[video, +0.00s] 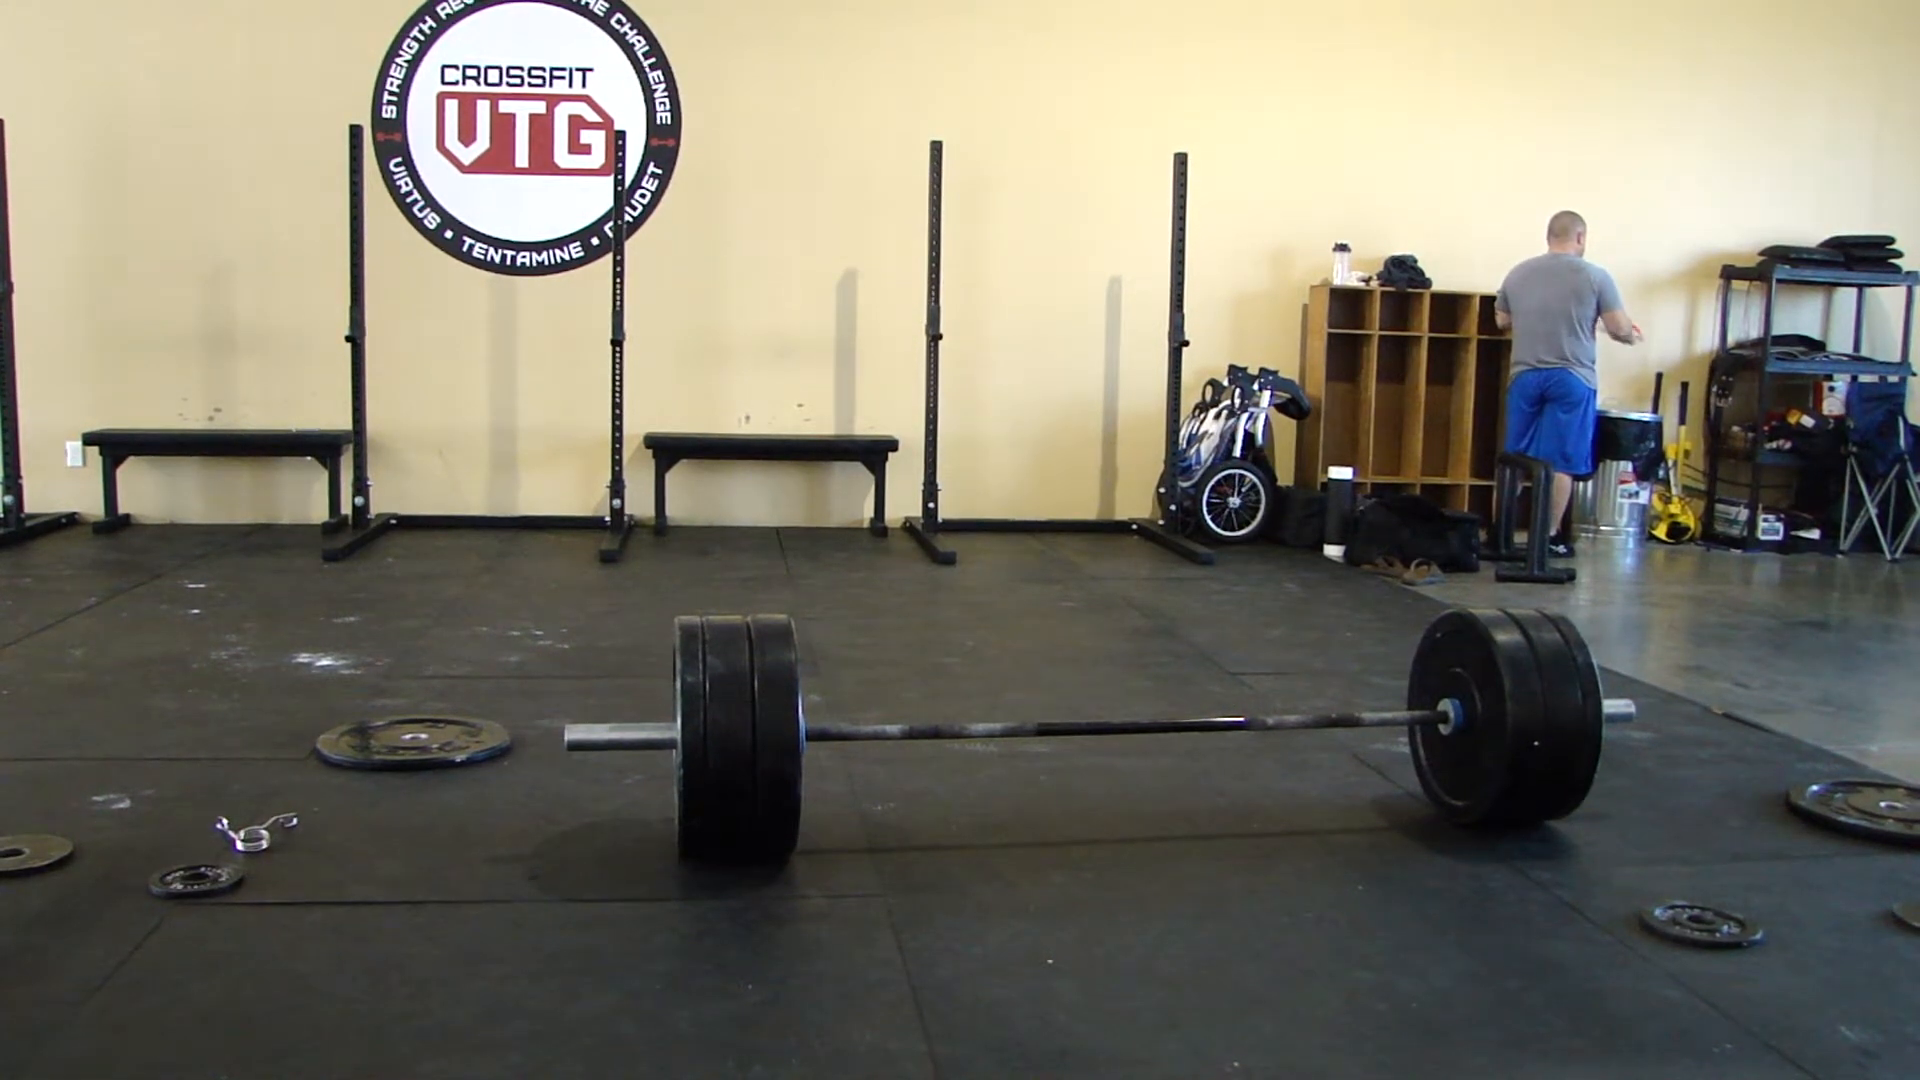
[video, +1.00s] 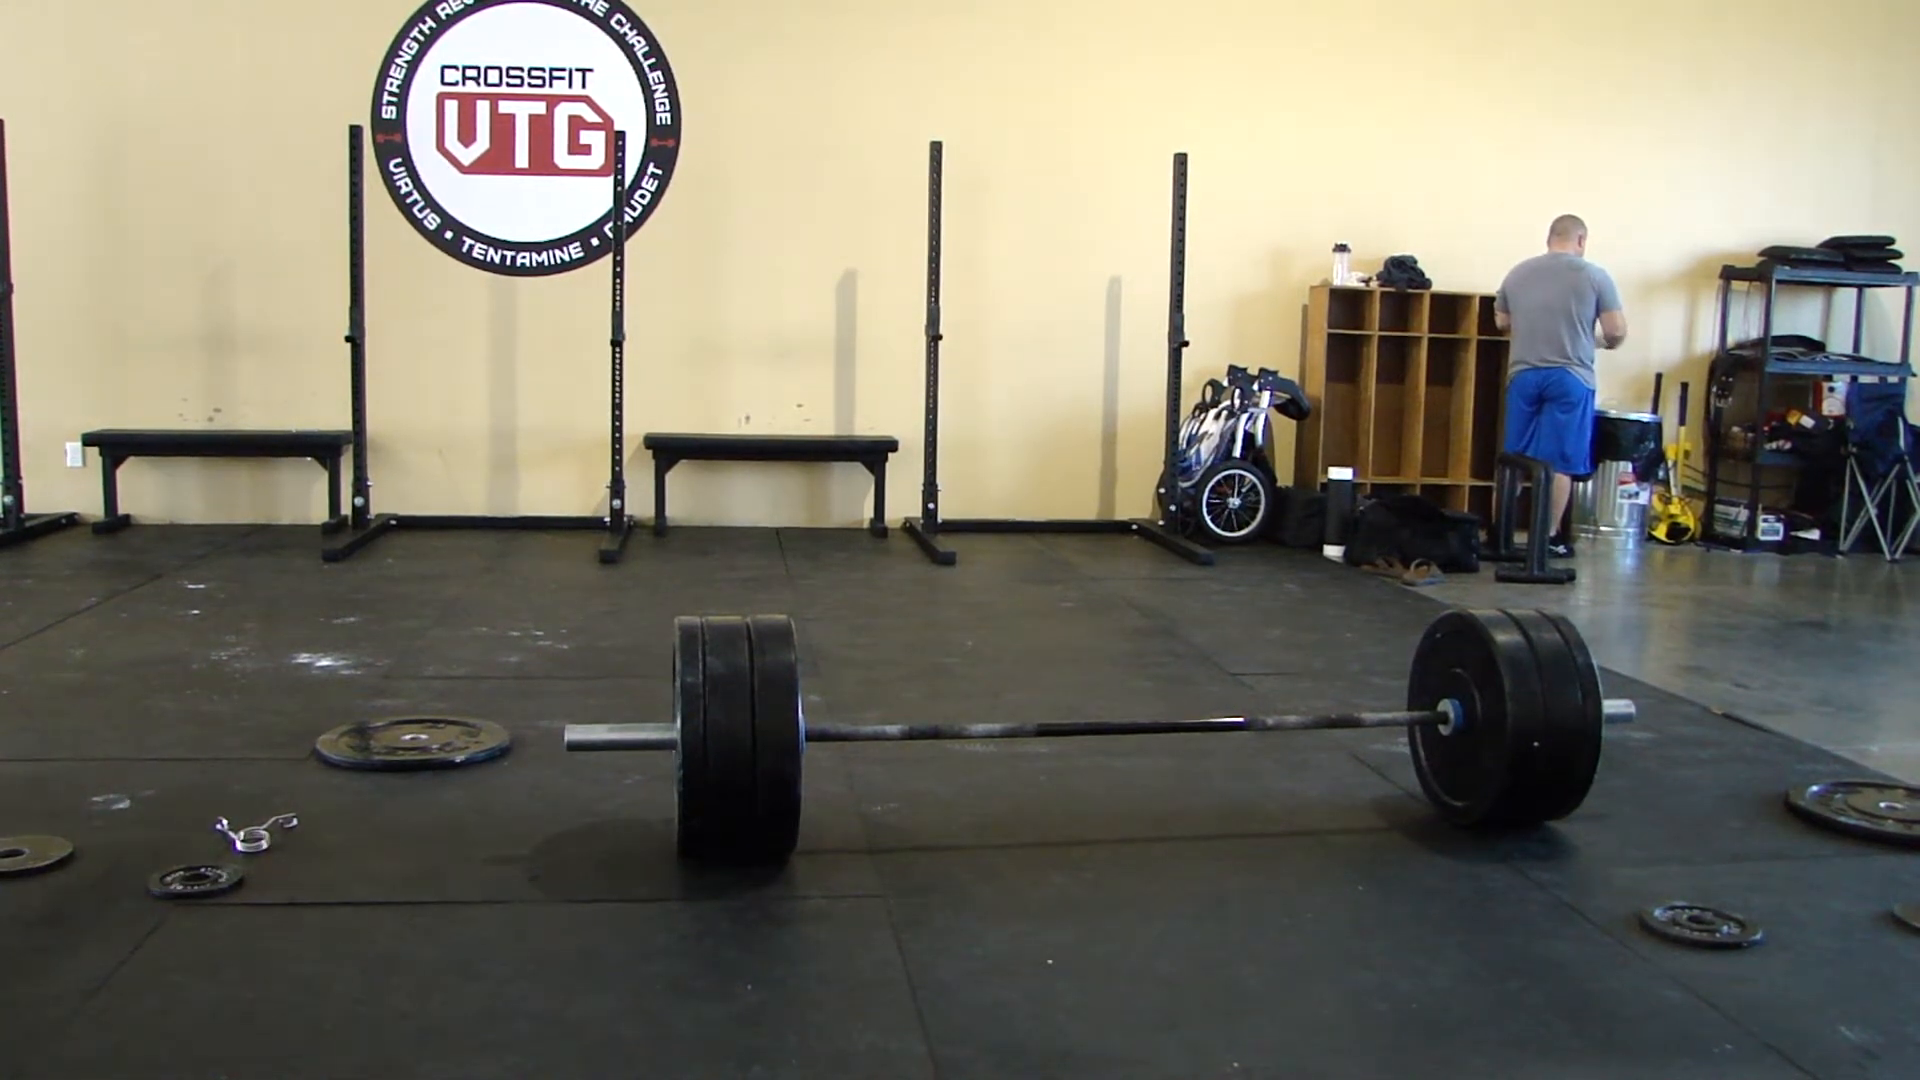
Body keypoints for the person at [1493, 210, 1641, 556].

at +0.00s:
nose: (1585, 245)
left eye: (1583, 240)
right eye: (1585, 239)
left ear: (1548, 237)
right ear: (1580, 238)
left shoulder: (1518, 272)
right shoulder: (1594, 275)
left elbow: (1502, 320)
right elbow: (1617, 329)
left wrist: (1537, 312)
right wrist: (1629, 333)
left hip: (1524, 376)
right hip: (1572, 378)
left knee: (1513, 458)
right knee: (1562, 464)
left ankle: (1501, 534)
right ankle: (1548, 538)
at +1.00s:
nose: (1582, 248)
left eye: (1581, 243)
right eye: (1584, 243)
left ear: (1548, 240)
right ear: (1581, 241)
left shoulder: (1518, 272)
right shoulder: (1593, 275)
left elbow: (1502, 321)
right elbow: (1616, 332)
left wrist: (1533, 322)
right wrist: (1603, 340)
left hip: (1523, 375)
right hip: (1570, 377)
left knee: (1512, 459)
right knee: (1560, 464)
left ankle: (1500, 535)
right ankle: (1548, 537)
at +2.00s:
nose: (1580, 246)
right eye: (1582, 241)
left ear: (1546, 239)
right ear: (1580, 240)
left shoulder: (1520, 274)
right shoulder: (1596, 277)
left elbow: (1508, 322)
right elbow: (1619, 324)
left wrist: (1541, 315)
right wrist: (1587, 307)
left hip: (1526, 377)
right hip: (1574, 379)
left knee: (1514, 459)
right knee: (1562, 465)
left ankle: (1500, 535)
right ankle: (1548, 539)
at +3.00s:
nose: (1553, 245)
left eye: (1548, 240)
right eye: (1576, 240)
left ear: (1545, 240)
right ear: (1580, 241)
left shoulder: (1521, 275)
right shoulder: (1599, 276)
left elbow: (1509, 323)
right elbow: (1617, 326)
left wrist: (1543, 314)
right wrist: (1581, 312)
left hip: (1527, 377)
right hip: (1575, 379)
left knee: (1516, 459)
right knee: (1561, 466)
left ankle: (1502, 535)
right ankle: (1547, 540)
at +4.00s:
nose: (1578, 245)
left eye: (1555, 238)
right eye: (1581, 240)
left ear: (1548, 239)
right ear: (1583, 241)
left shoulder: (1521, 274)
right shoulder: (1597, 276)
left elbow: (1506, 320)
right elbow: (1623, 317)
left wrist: (1540, 313)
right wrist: (1592, 299)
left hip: (1527, 377)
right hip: (1575, 379)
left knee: (1516, 459)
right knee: (1562, 466)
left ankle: (1501, 536)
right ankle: (1547, 540)